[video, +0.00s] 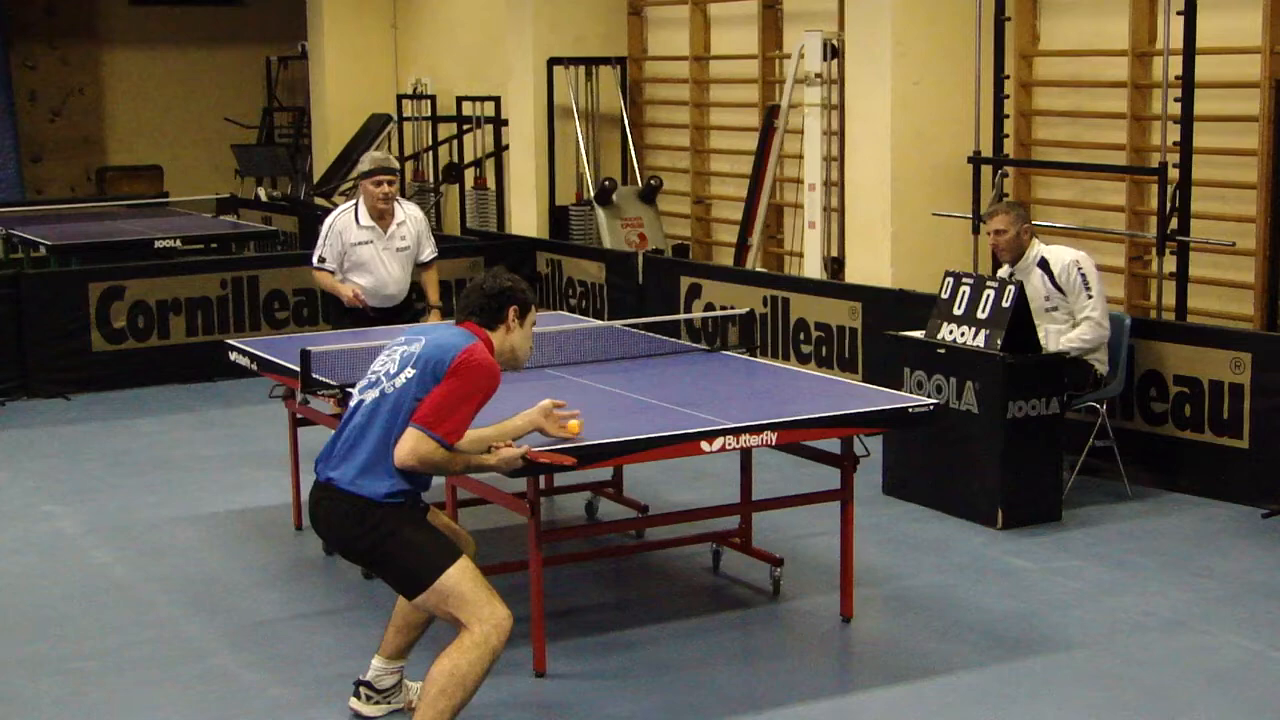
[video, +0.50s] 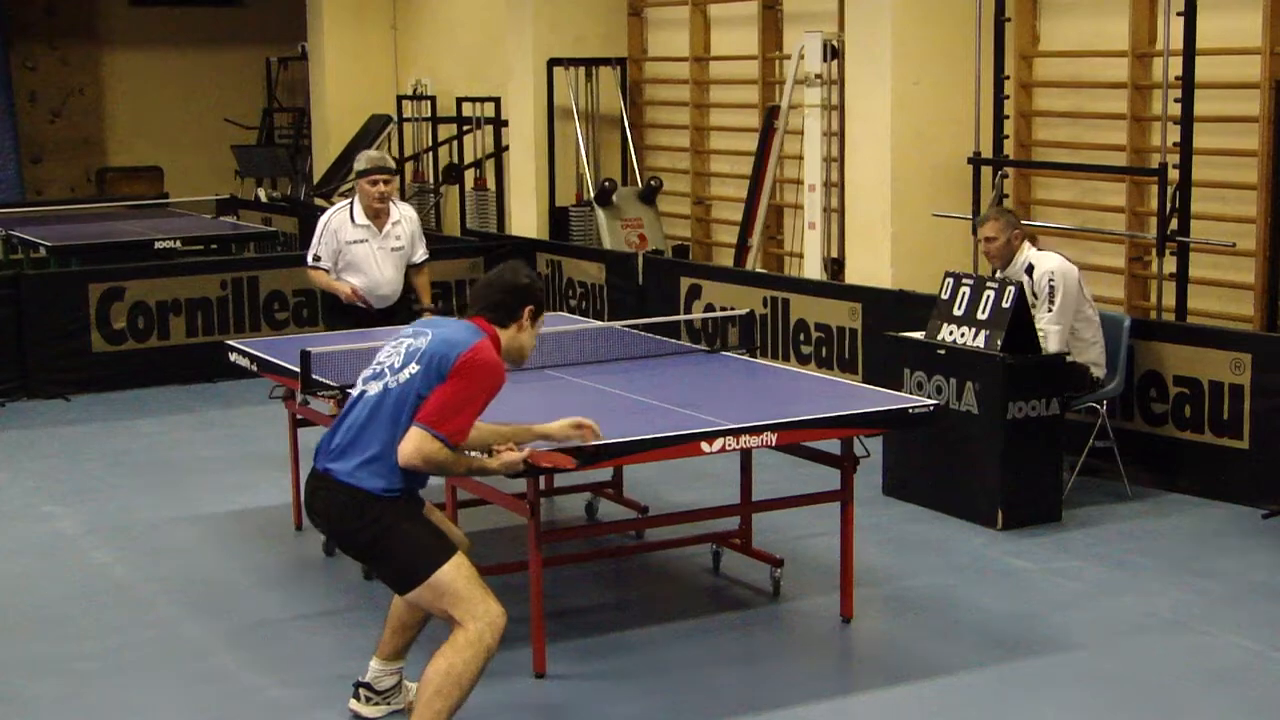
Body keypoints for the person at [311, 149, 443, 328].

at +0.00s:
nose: (386, 191)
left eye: (391, 183)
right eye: (377, 184)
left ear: (398, 185)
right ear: (362, 186)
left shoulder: (414, 216)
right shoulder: (339, 222)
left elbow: (427, 265)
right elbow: (320, 271)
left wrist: (434, 310)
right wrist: (340, 290)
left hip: (401, 312)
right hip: (355, 315)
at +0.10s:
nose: (387, 190)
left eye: (392, 183)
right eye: (379, 184)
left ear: (399, 185)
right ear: (363, 186)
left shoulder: (415, 216)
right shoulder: (340, 221)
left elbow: (429, 265)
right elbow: (321, 271)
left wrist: (436, 309)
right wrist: (342, 289)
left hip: (401, 311)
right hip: (356, 315)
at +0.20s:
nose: (387, 190)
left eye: (392, 183)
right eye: (378, 184)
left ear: (399, 185)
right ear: (362, 185)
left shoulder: (414, 215)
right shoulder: (339, 220)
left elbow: (427, 266)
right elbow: (320, 271)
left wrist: (436, 310)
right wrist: (342, 289)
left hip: (400, 311)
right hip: (355, 314)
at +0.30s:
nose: (385, 190)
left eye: (390, 183)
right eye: (376, 184)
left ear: (397, 184)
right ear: (360, 185)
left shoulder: (410, 215)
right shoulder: (337, 220)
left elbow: (422, 266)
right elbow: (318, 271)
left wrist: (434, 308)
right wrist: (341, 288)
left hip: (396, 311)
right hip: (351, 314)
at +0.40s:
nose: (383, 190)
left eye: (388, 182)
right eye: (374, 183)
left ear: (396, 184)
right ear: (358, 185)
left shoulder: (408, 216)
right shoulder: (335, 220)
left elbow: (419, 266)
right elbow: (315, 270)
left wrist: (429, 307)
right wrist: (340, 288)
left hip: (396, 311)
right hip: (350, 314)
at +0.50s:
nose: (382, 190)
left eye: (387, 182)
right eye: (373, 183)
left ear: (395, 184)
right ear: (357, 185)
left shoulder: (407, 216)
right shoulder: (334, 220)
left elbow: (418, 267)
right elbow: (314, 270)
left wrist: (427, 309)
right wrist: (338, 288)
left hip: (395, 311)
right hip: (349, 314)